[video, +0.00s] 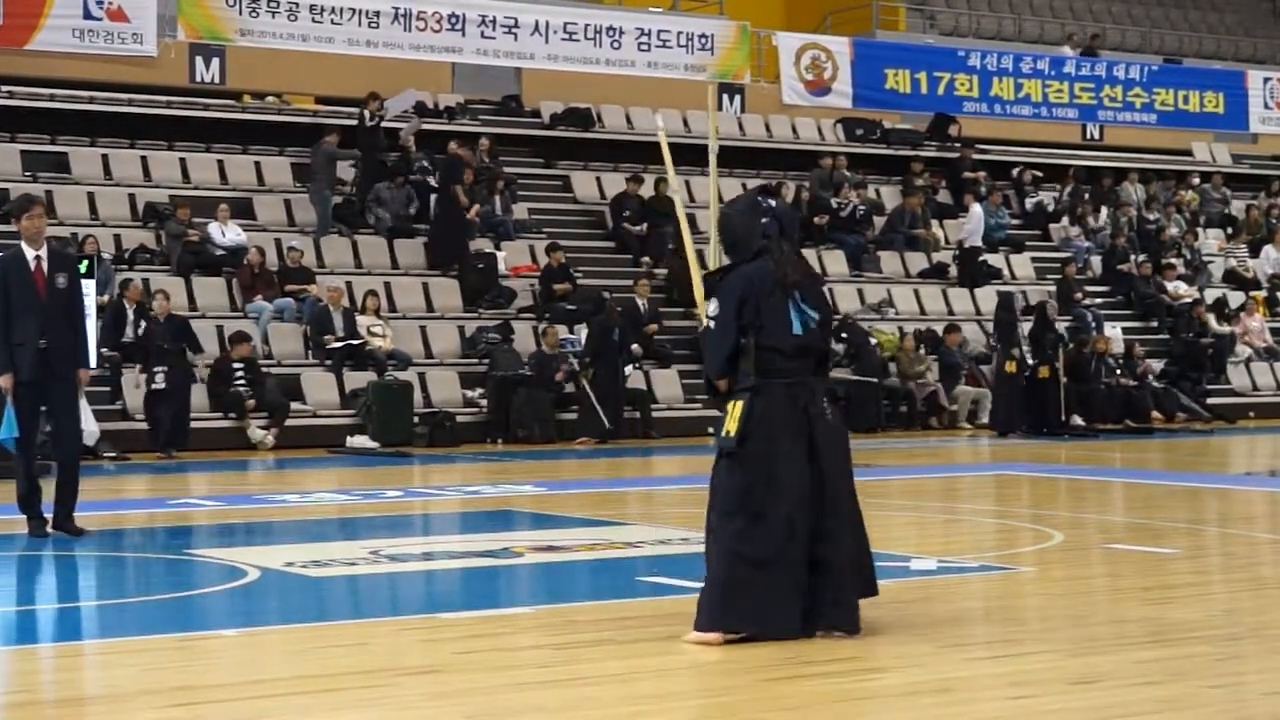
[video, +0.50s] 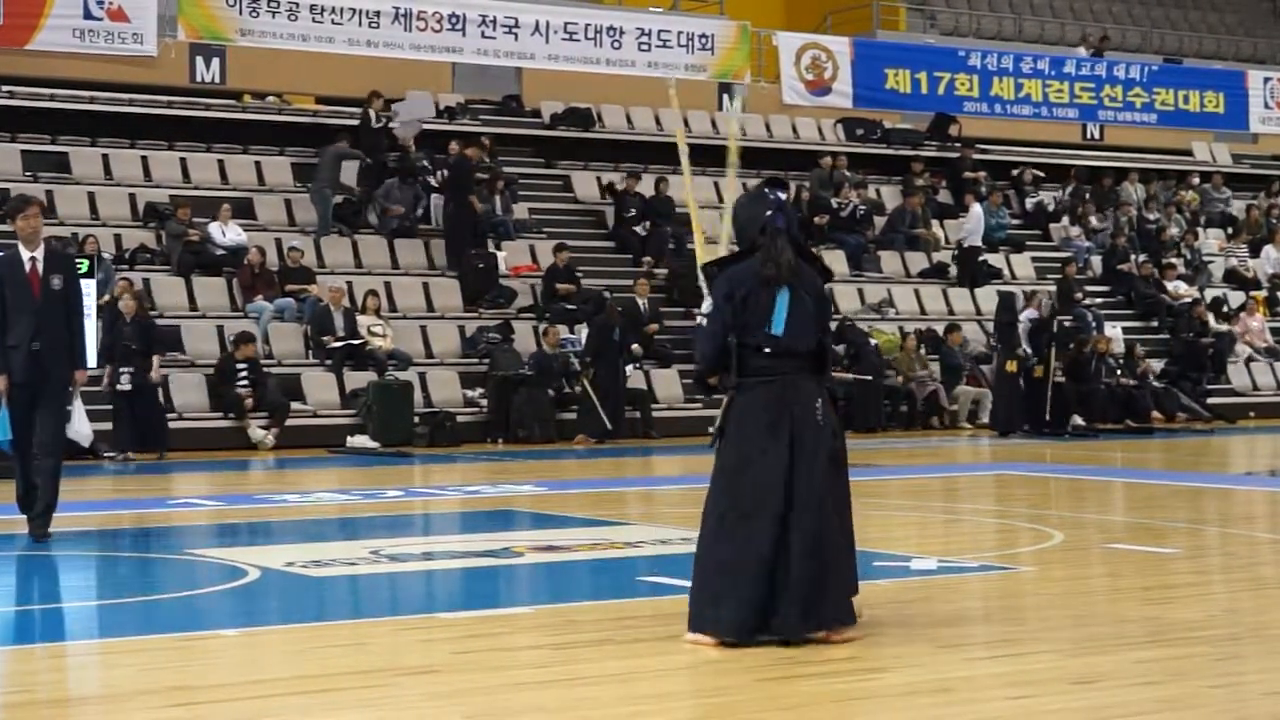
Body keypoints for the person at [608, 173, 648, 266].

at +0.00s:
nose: (635, 188)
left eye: (637, 185)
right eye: (633, 184)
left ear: (639, 187)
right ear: (627, 184)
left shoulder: (641, 200)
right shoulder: (617, 199)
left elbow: (646, 215)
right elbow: (617, 219)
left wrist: (644, 225)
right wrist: (631, 228)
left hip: (639, 227)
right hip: (624, 228)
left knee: (649, 238)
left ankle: (646, 259)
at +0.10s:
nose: (634, 187)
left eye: (636, 184)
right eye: (632, 183)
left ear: (639, 186)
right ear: (627, 184)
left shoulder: (641, 200)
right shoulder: (617, 199)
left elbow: (645, 215)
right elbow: (617, 219)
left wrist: (644, 225)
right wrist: (631, 228)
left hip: (638, 227)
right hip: (624, 227)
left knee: (648, 238)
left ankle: (646, 259)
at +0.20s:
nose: (633, 186)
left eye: (635, 183)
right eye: (631, 182)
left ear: (638, 184)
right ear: (627, 183)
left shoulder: (641, 199)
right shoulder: (618, 197)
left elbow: (645, 214)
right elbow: (616, 217)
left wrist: (644, 225)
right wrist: (633, 225)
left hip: (638, 229)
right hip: (622, 228)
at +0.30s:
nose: (633, 184)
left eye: (636, 182)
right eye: (631, 181)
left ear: (638, 183)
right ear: (626, 181)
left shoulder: (642, 199)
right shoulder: (618, 196)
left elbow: (646, 214)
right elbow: (610, 213)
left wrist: (646, 226)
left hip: (638, 228)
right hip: (621, 228)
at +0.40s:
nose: (630, 183)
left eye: (633, 181)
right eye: (629, 180)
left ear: (637, 183)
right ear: (626, 181)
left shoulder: (641, 198)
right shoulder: (620, 196)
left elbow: (647, 213)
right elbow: (608, 201)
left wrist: (646, 223)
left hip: (638, 227)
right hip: (622, 228)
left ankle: (648, 259)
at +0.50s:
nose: (630, 184)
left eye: (633, 181)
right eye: (629, 180)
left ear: (637, 183)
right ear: (626, 181)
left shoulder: (641, 197)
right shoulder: (620, 195)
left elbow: (647, 212)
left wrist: (646, 223)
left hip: (638, 228)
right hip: (622, 228)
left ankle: (649, 258)